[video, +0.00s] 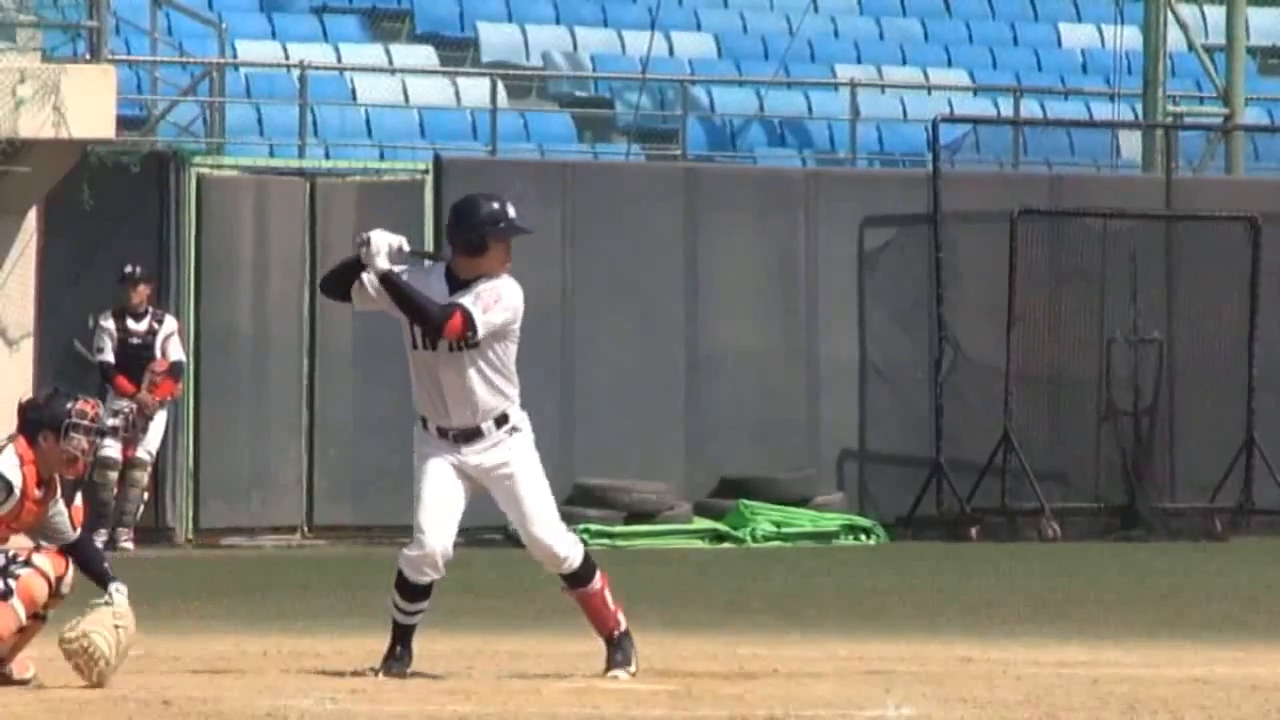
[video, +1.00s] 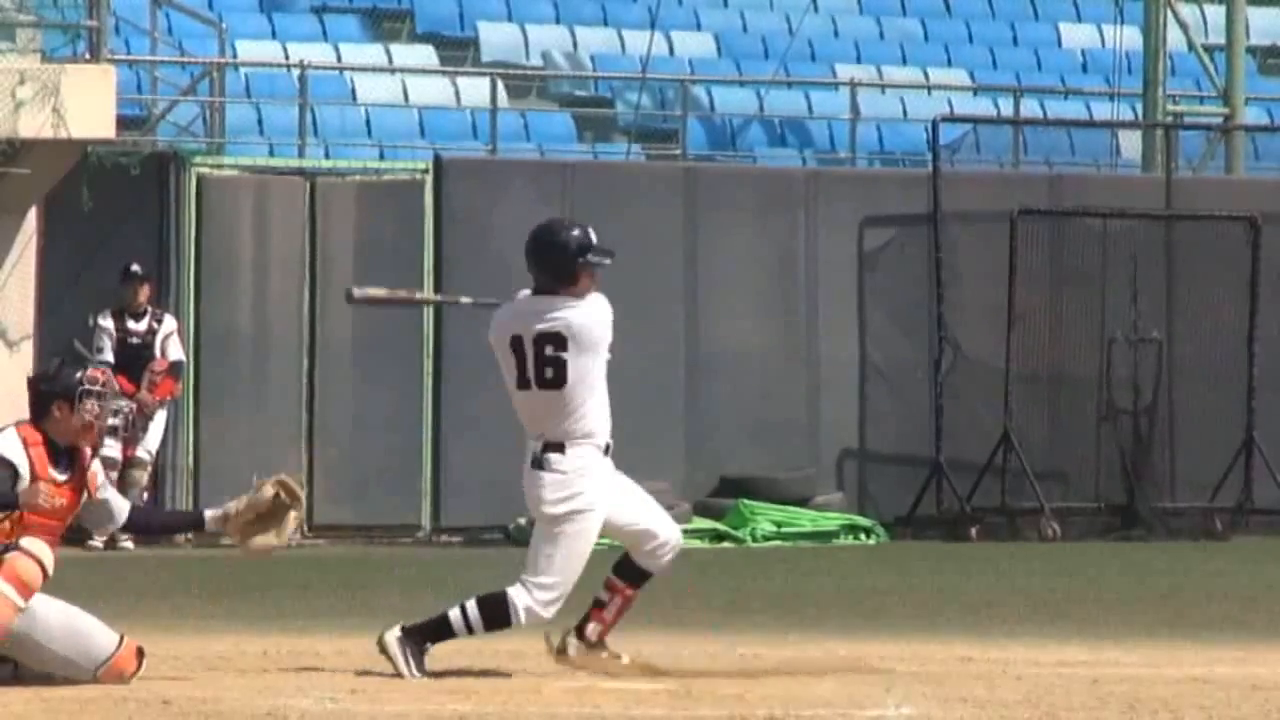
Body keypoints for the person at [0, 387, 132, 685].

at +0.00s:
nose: (83, 446)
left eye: (87, 437)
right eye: (75, 436)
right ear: (45, 438)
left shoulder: (45, 480)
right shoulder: (8, 477)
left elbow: (73, 540)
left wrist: (110, 583)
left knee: (57, 569)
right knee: (33, 578)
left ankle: (4, 662)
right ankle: (4, 659)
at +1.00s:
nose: (97, 412)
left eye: (98, 403)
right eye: (87, 404)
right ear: (59, 410)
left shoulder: (80, 464)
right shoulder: (14, 446)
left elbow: (129, 518)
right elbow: (1, 495)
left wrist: (217, 519)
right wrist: (17, 499)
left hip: (11, 594)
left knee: (120, 662)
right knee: (34, 553)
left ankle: (13, 667)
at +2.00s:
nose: (112, 224)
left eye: (112, 214)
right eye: (106, 213)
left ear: (82, 215)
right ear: (82, 214)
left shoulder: (62, 265)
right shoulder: (36, 256)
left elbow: (32, 353)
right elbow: (3, 335)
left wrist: (55, 418)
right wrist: (13, 406)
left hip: (16, 418)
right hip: (3, 419)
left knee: (20, 535)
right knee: (55, 516)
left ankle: (17, 651)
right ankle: (35, 656)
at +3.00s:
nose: (198, 184)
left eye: (198, 173)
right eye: (193, 173)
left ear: (166, 175)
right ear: (168, 174)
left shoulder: (160, 233)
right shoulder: (117, 227)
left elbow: (153, 311)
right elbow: (110, 317)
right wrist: (134, 397)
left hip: (144, 391)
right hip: (96, 388)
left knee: (160, 526)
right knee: (88, 527)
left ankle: (159, 660)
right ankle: (32, 657)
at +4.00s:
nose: (320, 176)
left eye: (320, 165)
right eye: (312, 165)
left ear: (289, 167)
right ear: (286, 165)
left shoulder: (295, 227)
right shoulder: (235, 219)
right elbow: (202, 304)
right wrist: (200, 387)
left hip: (278, 385)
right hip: (236, 379)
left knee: (279, 522)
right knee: (254, 520)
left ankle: (186, 630)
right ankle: (263, 659)